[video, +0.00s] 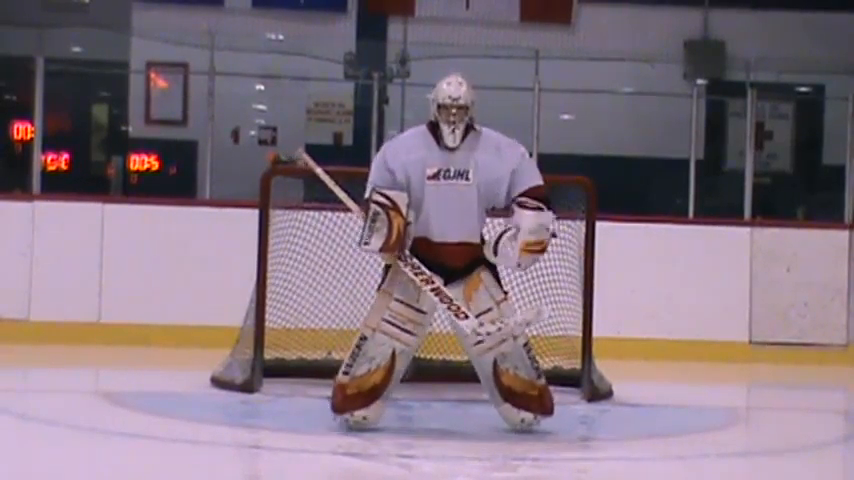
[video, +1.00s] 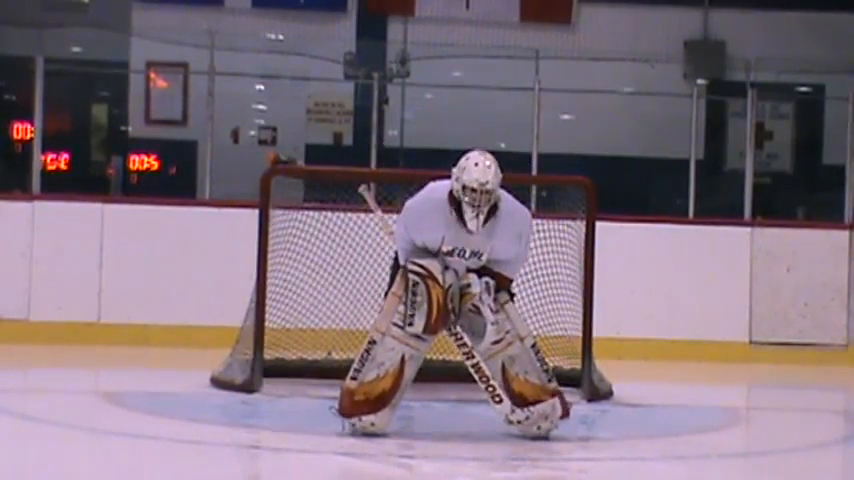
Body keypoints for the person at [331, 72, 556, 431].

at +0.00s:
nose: (452, 116)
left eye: (459, 109)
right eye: (446, 108)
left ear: (471, 110)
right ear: (433, 108)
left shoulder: (504, 152)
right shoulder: (401, 151)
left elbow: (532, 205)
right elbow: (384, 203)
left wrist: (522, 240)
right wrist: (380, 226)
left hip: (475, 268)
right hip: (414, 266)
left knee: (501, 340)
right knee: (385, 336)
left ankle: (524, 412)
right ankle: (358, 407)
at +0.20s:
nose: (459, 132)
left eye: (466, 125)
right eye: (452, 125)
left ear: (478, 124)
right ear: (438, 123)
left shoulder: (501, 162)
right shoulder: (409, 161)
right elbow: (400, 222)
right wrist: (421, 258)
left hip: (478, 267)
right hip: (421, 264)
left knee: (504, 332)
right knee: (394, 331)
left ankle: (529, 407)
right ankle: (366, 407)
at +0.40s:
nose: (469, 185)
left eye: (476, 177)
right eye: (463, 176)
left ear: (488, 174)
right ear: (449, 171)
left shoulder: (509, 205)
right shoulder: (417, 194)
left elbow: (500, 262)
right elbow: (407, 251)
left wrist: (478, 286)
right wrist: (433, 282)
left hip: (476, 277)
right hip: (422, 272)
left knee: (507, 339)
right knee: (398, 334)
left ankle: (535, 413)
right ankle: (367, 411)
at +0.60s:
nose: (476, 201)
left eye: (484, 195)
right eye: (470, 194)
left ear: (495, 194)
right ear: (455, 187)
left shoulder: (515, 218)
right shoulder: (422, 206)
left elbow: (501, 271)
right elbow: (405, 257)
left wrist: (478, 290)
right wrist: (425, 291)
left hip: (476, 279)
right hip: (423, 274)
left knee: (504, 337)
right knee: (402, 332)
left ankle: (535, 412)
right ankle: (368, 409)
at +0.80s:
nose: (476, 201)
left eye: (484, 194)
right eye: (469, 193)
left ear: (495, 193)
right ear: (456, 187)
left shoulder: (515, 218)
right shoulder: (424, 206)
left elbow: (503, 271)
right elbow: (406, 255)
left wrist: (478, 289)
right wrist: (430, 288)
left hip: (477, 281)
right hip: (423, 275)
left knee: (507, 340)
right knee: (400, 335)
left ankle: (535, 414)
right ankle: (368, 411)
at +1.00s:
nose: (477, 201)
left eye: (484, 195)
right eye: (470, 194)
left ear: (496, 193)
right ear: (456, 187)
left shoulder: (516, 218)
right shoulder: (425, 206)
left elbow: (503, 274)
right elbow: (409, 255)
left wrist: (478, 293)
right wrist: (434, 289)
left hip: (478, 281)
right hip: (425, 274)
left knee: (507, 339)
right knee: (402, 333)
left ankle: (535, 414)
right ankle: (368, 411)